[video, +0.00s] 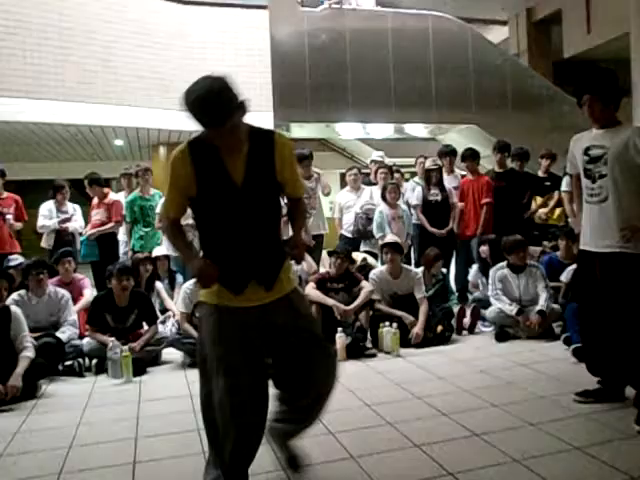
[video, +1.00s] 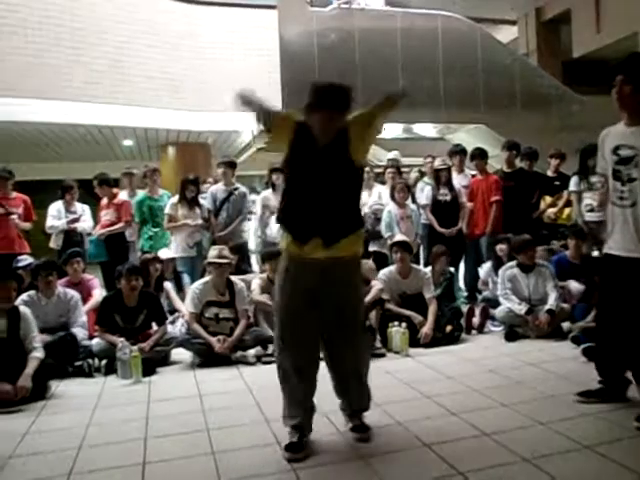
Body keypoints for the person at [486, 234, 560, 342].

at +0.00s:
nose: (522, 255)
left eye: (524, 251)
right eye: (517, 253)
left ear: (527, 251)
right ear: (507, 256)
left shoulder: (536, 269)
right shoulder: (497, 272)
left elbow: (544, 291)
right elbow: (495, 296)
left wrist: (541, 311)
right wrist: (517, 311)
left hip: (532, 307)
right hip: (510, 309)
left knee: (555, 310)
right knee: (492, 314)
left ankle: (514, 333)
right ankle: (539, 331)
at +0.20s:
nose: (522, 256)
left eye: (524, 252)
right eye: (517, 253)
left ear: (527, 252)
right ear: (508, 256)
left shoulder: (536, 269)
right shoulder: (496, 272)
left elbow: (544, 291)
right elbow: (495, 296)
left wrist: (541, 311)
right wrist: (517, 311)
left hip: (532, 308)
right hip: (510, 309)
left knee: (555, 310)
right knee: (492, 314)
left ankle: (515, 333)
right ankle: (539, 332)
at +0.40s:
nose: (521, 256)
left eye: (523, 252)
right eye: (516, 253)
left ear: (526, 252)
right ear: (506, 256)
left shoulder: (535, 269)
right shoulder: (496, 272)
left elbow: (543, 292)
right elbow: (495, 296)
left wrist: (540, 311)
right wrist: (516, 311)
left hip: (532, 307)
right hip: (509, 309)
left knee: (554, 310)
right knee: (492, 314)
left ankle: (513, 333)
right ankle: (538, 331)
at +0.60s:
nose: (521, 256)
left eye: (522, 252)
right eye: (516, 253)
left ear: (525, 252)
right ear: (506, 256)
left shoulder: (534, 269)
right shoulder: (495, 272)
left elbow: (543, 291)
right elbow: (494, 295)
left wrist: (539, 311)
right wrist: (515, 311)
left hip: (531, 307)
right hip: (509, 308)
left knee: (549, 311)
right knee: (491, 313)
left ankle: (513, 333)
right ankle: (538, 331)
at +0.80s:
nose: (520, 256)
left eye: (522, 252)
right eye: (515, 253)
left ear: (525, 252)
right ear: (506, 256)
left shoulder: (535, 269)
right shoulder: (495, 272)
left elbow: (543, 292)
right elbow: (494, 296)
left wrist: (539, 312)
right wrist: (516, 311)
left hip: (531, 307)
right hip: (509, 309)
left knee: (554, 310)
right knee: (491, 314)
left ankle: (513, 333)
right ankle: (538, 331)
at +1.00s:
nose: (531, 255)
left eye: (533, 251)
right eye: (526, 252)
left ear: (536, 251)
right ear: (517, 255)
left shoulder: (545, 268)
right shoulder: (506, 271)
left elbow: (553, 291)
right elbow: (505, 295)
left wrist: (549, 311)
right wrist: (526, 311)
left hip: (541, 306)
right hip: (519, 307)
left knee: (564, 310)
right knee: (501, 313)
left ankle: (523, 332)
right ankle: (547, 331)